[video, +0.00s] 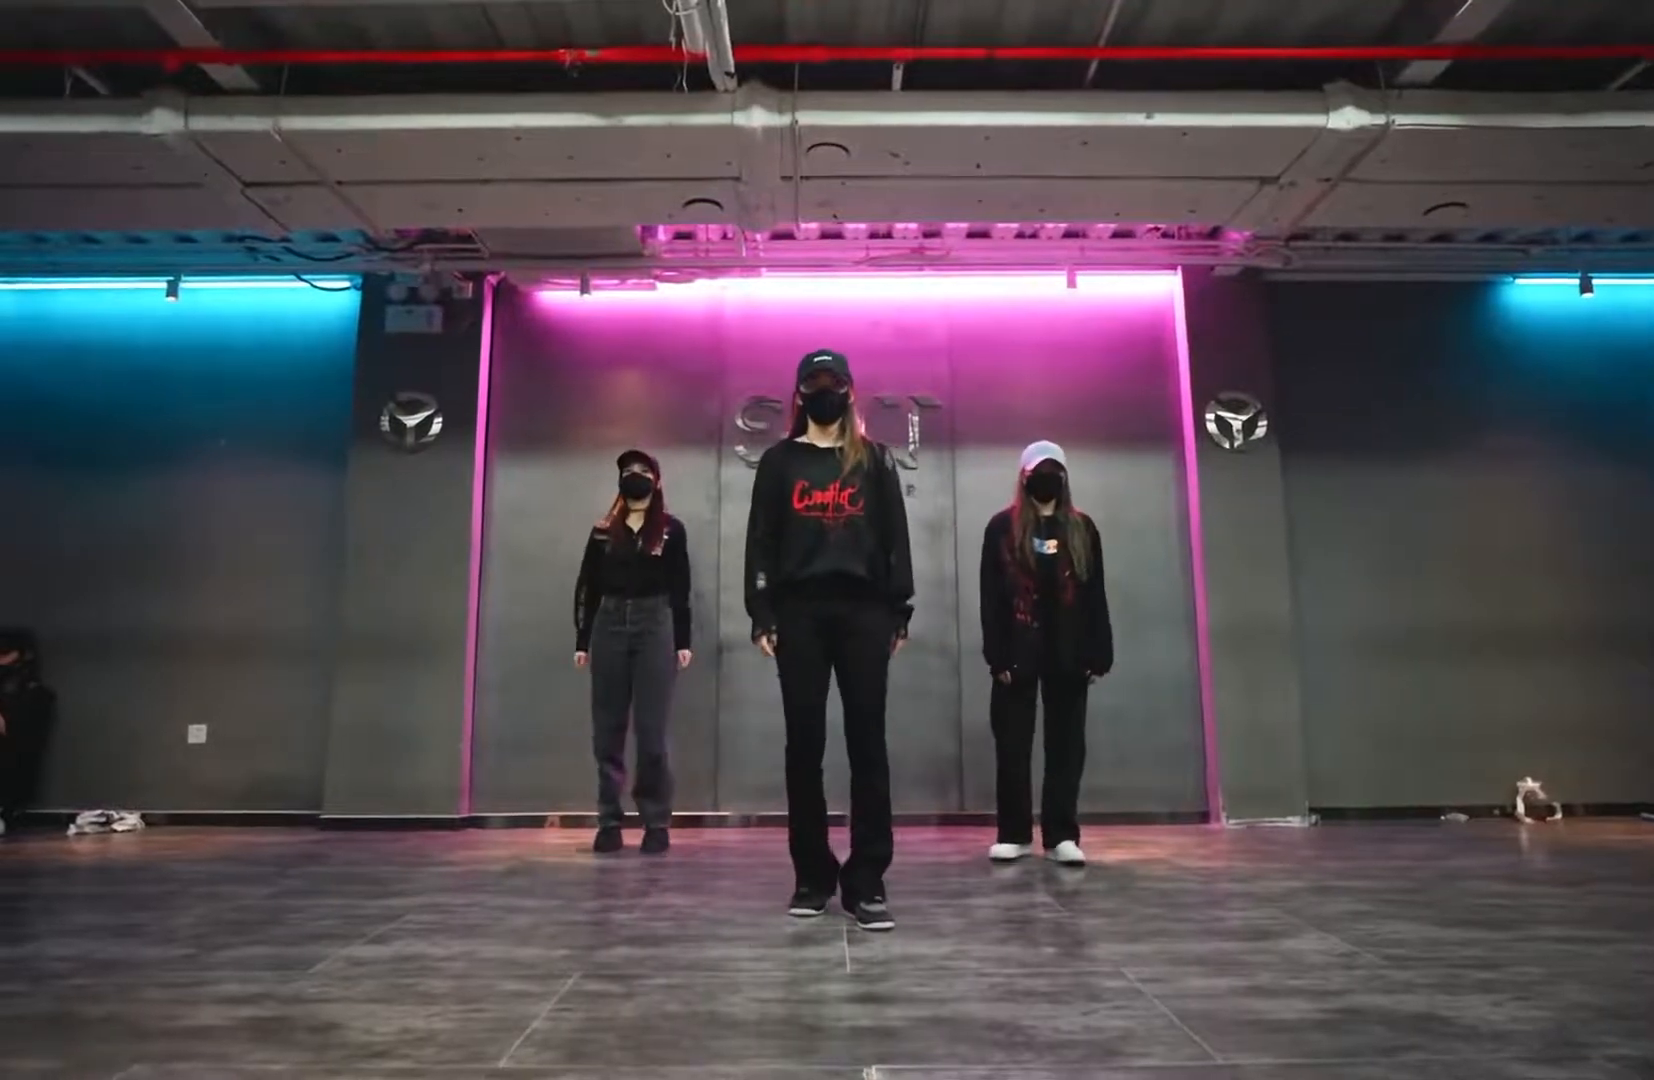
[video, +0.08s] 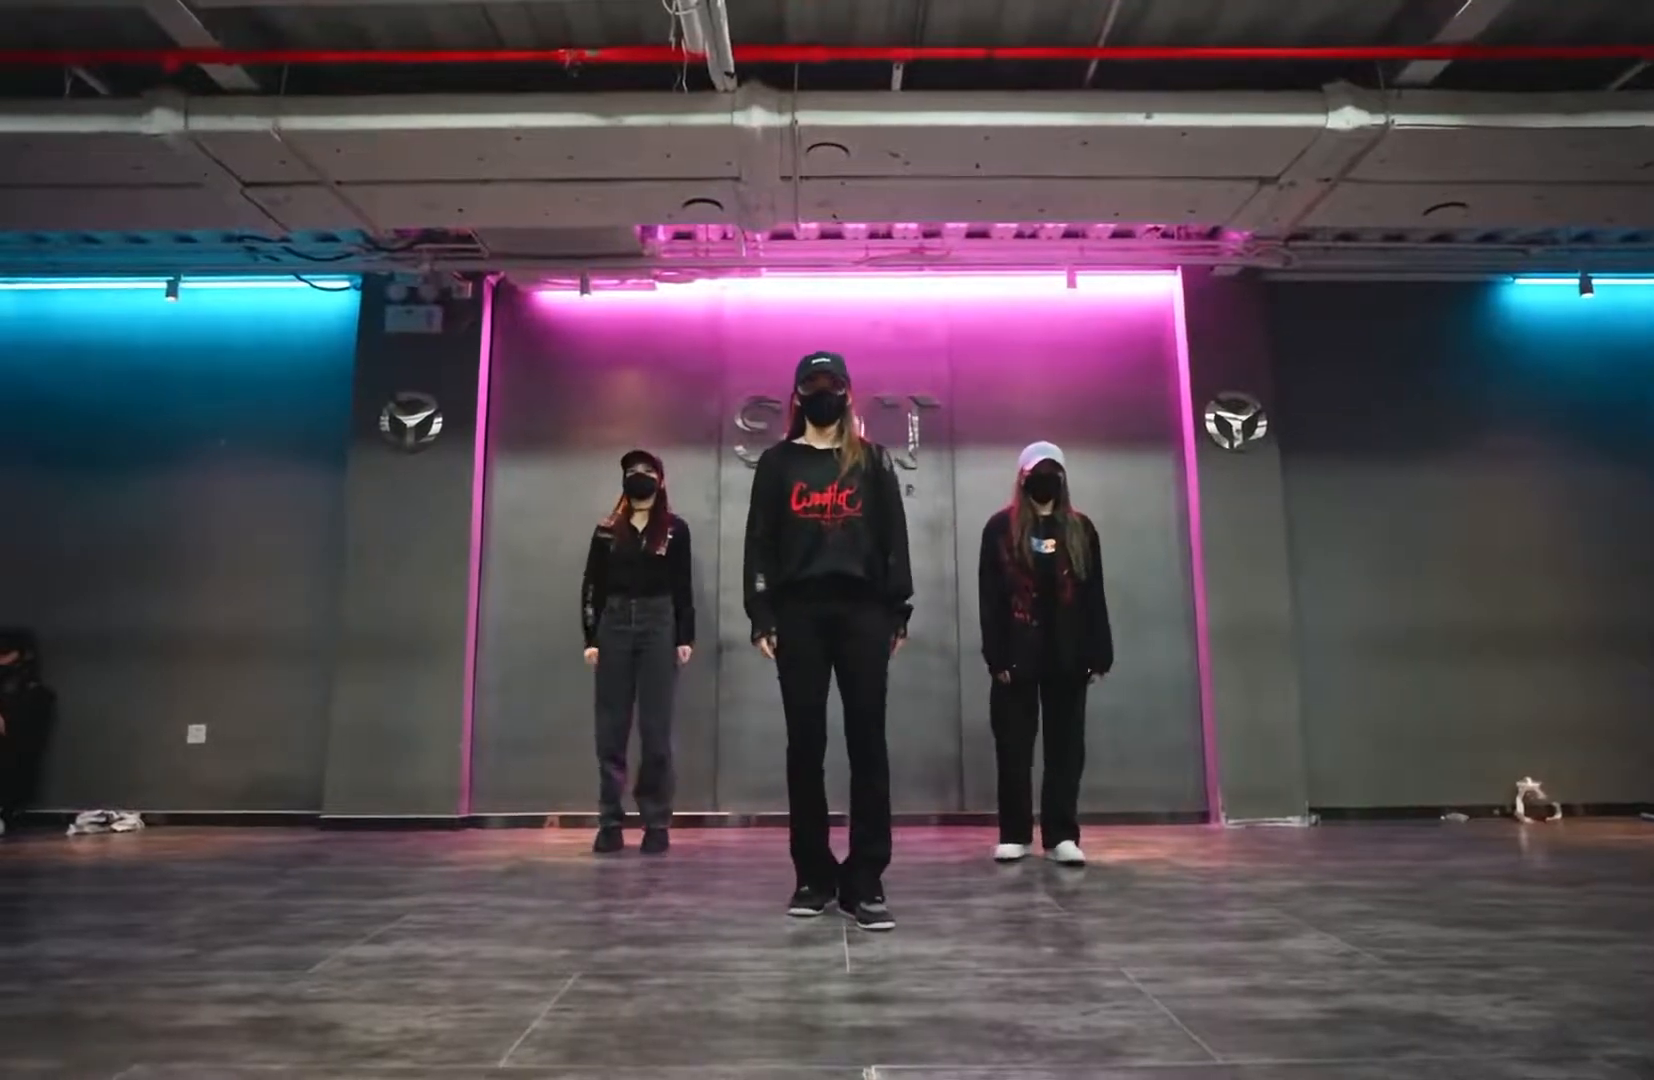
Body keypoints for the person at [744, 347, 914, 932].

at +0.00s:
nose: (826, 391)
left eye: (834, 382)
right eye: (816, 383)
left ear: (849, 390)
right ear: (801, 391)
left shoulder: (874, 459)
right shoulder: (778, 459)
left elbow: (897, 542)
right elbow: (757, 544)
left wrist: (898, 612)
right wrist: (761, 615)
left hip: (865, 615)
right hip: (798, 616)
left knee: (867, 748)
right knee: (804, 748)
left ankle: (867, 884)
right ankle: (811, 881)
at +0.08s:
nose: (825, 393)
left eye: (834, 384)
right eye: (815, 385)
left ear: (848, 392)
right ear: (799, 393)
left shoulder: (872, 460)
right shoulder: (776, 461)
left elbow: (895, 542)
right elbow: (756, 545)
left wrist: (898, 612)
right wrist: (760, 616)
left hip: (865, 616)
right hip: (798, 617)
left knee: (868, 748)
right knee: (805, 748)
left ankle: (865, 884)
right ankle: (813, 880)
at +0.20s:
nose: (822, 397)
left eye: (831, 388)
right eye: (812, 388)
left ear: (845, 395)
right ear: (796, 397)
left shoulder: (869, 463)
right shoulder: (774, 465)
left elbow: (895, 544)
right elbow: (756, 547)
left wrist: (898, 616)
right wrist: (760, 619)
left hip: (862, 618)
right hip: (797, 619)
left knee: (866, 748)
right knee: (806, 749)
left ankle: (865, 884)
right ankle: (813, 880)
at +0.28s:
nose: (820, 398)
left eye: (829, 389)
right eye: (810, 389)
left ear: (843, 396)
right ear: (794, 398)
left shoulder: (868, 464)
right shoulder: (773, 466)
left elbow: (895, 542)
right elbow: (754, 549)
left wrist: (898, 612)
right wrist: (760, 619)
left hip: (861, 618)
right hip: (795, 619)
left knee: (865, 747)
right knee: (804, 749)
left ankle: (865, 882)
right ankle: (812, 879)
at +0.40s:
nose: (820, 401)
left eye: (829, 392)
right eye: (810, 392)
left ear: (842, 398)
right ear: (794, 399)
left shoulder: (866, 464)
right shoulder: (772, 467)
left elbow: (893, 539)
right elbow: (752, 550)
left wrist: (896, 603)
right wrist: (758, 619)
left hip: (859, 618)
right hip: (795, 620)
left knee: (865, 745)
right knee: (805, 748)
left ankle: (869, 882)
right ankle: (812, 879)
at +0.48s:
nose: (820, 400)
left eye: (829, 392)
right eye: (810, 392)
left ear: (843, 398)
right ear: (794, 399)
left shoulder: (865, 464)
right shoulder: (771, 467)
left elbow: (891, 538)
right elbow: (752, 550)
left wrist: (896, 600)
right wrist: (757, 620)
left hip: (859, 618)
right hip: (794, 619)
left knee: (868, 743)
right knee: (804, 747)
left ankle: (874, 880)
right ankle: (811, 878)